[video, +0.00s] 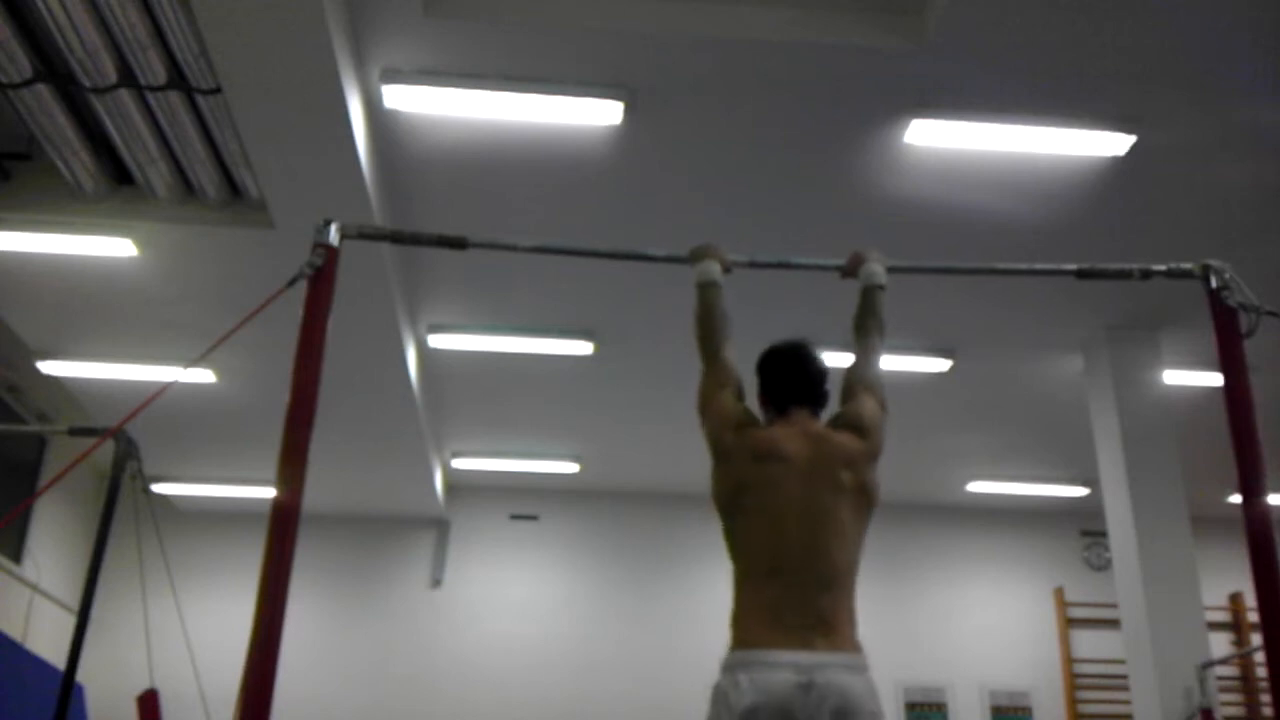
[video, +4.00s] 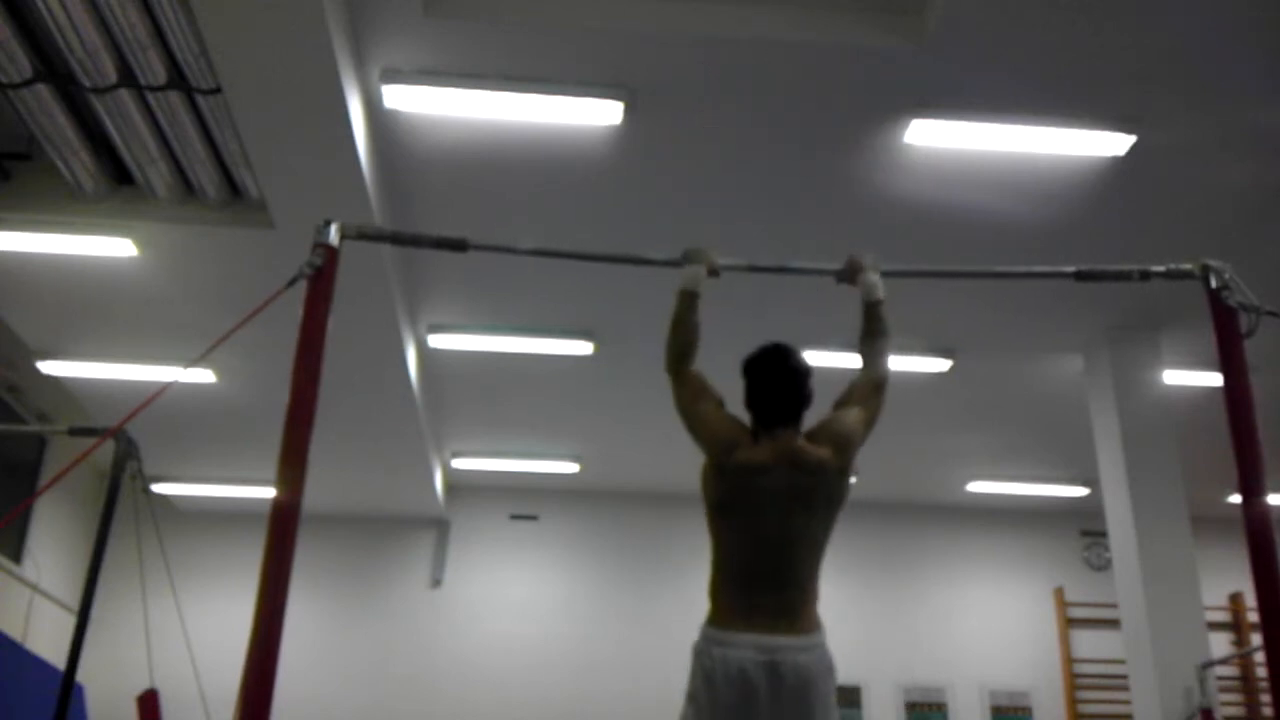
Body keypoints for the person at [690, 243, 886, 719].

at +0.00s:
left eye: (763, 392)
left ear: (761, 400)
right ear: (823, 398)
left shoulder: (735, 444)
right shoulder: (856, 448)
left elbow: (714, 352)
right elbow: (868, 351)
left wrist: (707, 271)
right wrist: (873, 276)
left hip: (754, 671)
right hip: (843, 674)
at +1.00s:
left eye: (762, 397)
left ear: (755, 407)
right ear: (817, 406)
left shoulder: (732, 460)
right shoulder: (846, 461)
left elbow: (708, 361)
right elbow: (865, 352)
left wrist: (699, 270)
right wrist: (872, 278)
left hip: (751, 686)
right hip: (834, 686)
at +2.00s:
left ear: (788, 207)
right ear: (853, 211)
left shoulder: (755, 270)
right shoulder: (879, 282)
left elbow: (685, 314)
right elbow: (911, 324)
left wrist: (695, 262)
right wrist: (876, 273)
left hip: (763, 497)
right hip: (840, 505)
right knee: (800, 559)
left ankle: (743, 580)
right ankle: (761, 581)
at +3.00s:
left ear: (751, 59)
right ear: (808, 58)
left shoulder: (731, 74)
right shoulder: (836, 76)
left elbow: (681, 143)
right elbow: (880, 148)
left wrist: (690, 224)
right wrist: (872, 227)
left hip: (754, 178)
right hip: (832, 178)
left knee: (762, 355)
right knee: (829, 356)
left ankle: (778, 506)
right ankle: (821, 502)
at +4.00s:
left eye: (754, 386)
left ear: (747, 400)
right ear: (806, 400)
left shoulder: (726, 451)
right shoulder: (830, 455)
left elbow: (681, 368)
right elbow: (873, 376)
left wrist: (691, 280)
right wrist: (872, 293)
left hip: (727, 654)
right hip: (802, 656)